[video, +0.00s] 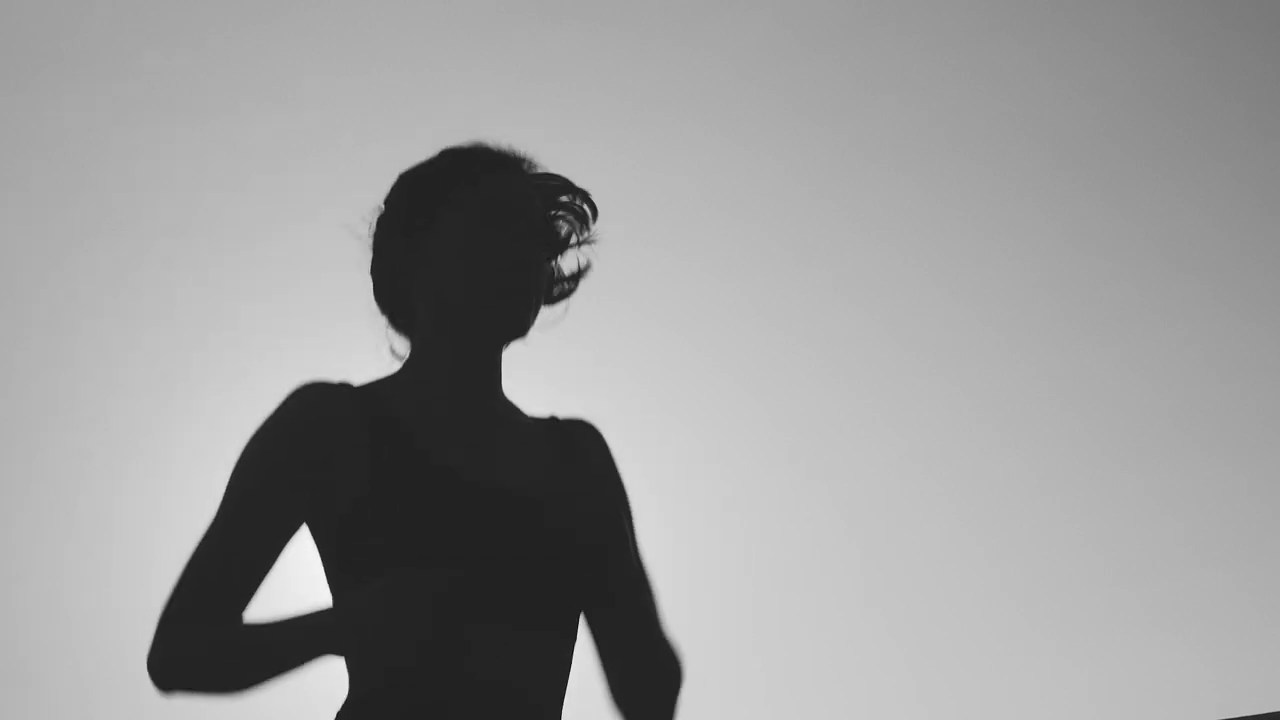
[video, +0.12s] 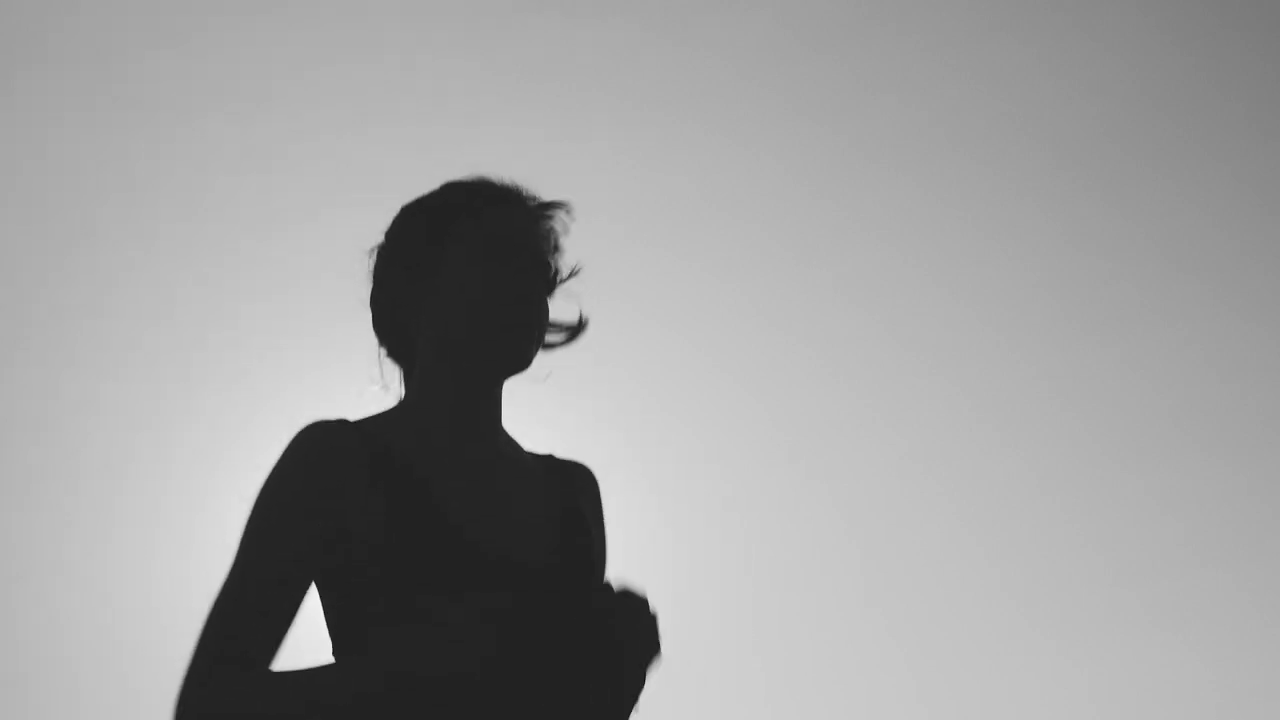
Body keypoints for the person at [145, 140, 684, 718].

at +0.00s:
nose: (521, 269)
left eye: (532, 247)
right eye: (488, 242)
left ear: (547, 276)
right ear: (416, 266)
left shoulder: (573, 455)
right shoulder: (322, 425)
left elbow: (648, 688)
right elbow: (179, 656)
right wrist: (346, 625)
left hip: (523, 708)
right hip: (376, 712)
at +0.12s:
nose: (527, 299)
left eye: (538, 279)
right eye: (495, 273)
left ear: (548, 309)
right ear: (417, 297)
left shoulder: (569, 491)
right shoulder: (331, 462)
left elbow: (573, 698)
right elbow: (209, 693)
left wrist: (614, 660)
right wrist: (389, 680)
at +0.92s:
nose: (600, 308)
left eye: (598, 285)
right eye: (570, 282)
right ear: (485, 308)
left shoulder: (587, 495)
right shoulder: (439, 424)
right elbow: (317, 618)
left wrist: (626, 696)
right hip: (470, 709)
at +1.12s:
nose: (613, 354)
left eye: (611, 335)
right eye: (577, 332)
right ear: (489, 365)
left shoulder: (625, 559)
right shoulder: (434, 498)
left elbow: (651, 703)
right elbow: (249, 690)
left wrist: (683, 712)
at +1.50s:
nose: (643, 294)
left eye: (640, 271)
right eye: (622, 270)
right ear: (548, 285)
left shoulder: (678, 463)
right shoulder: (438, 434)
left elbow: (826, 668)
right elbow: (258, 593)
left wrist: (726, 530)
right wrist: (364, 636)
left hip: (637, 710)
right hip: (506, 710)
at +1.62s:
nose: (646, 284)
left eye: (646, 260)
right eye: (614, 258)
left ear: (645, 285)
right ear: (534, 279)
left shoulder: (688, 445)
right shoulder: (447, 423)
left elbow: (859, 630)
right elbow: (281, 588)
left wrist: (733, 470)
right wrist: (384, 617)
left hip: (664, 706)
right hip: (525, 704)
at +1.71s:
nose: (642, 274)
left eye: (646, 251)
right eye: (608, 247)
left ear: (652, 280)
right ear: (523, 276)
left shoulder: (696, 439)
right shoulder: (458, 425)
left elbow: (864, 635)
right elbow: (300, 603)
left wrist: (737, 482)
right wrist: (402, 623)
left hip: (674, 705)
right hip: (537, 705)